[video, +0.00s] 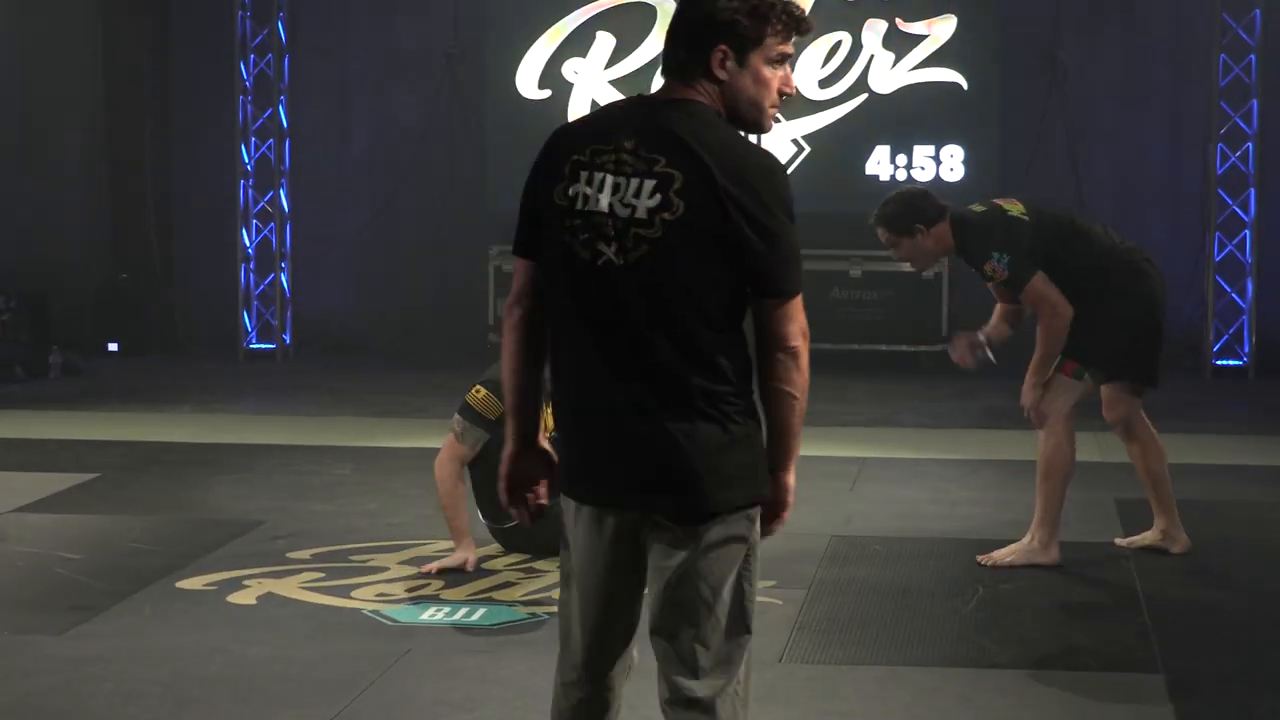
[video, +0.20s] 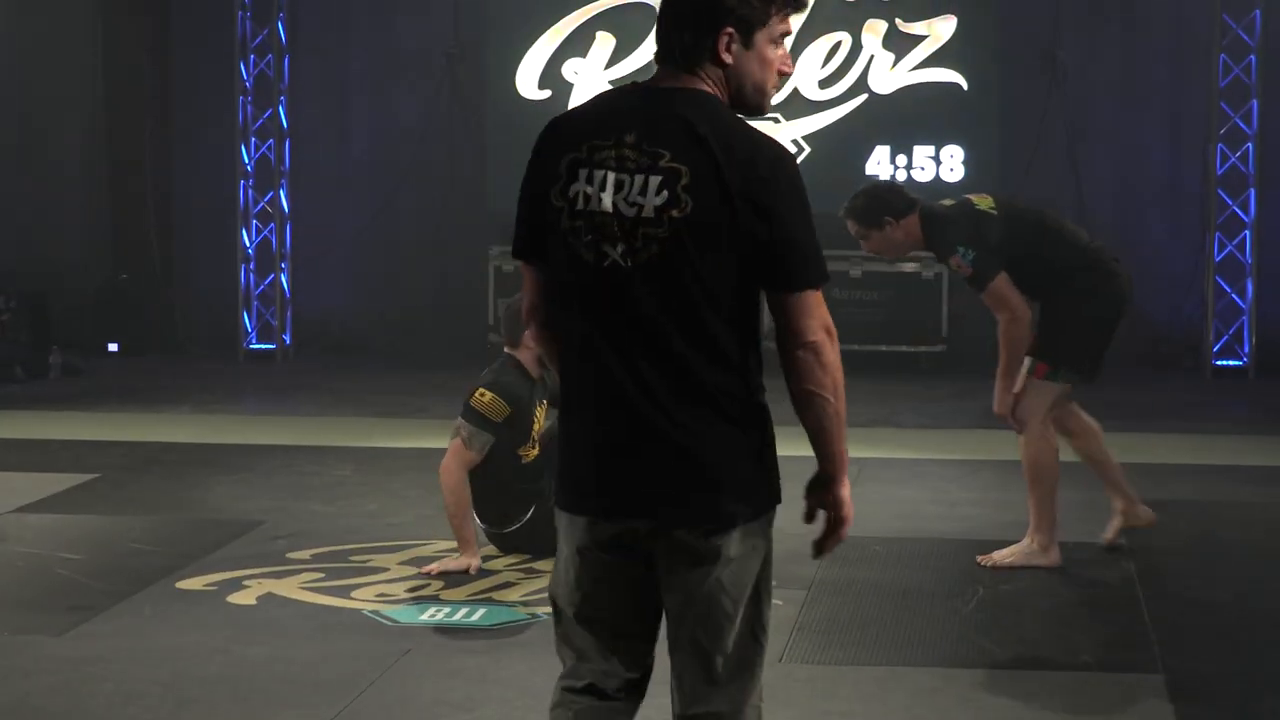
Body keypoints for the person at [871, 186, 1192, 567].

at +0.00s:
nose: (899, 258)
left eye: (897, 247)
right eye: (893, 250)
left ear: (924, 232)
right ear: (924, 230)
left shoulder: (985, 240)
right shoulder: (976, 230)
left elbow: (1056, 311)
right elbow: (1011, 307)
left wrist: (1034, 381)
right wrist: (983, 338)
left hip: (1110, 298)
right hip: (1134, 288)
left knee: (1053, 407)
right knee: (1122, 409)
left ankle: (1041, 541)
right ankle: (1169, 527)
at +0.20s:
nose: (865, 249)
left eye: (864, 238)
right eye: (860, 241)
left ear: (893, 224)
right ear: (896, 218)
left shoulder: (951, 232)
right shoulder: (948, 221)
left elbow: (1015, 312)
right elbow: (1007, 306)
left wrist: (1004, 389)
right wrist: (1014, 378)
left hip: (1084, 292)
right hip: (1090, 286)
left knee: (1031, 412)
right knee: (1053, 405)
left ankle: (1041, 542)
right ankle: (1128, 505)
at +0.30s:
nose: (848, 244)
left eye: (847, 234)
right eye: (842, 236)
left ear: (874, 220)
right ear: (878, 215)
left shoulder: (934, 235)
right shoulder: (929, 219)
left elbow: (988, 313)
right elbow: (988, 305)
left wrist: (984, 389)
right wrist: (984, 371)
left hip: (1067, 291)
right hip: (1055, 288)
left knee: (1017, 411)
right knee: (1007, 399)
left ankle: (1041, 543)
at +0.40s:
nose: (828, 243)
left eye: (827, 232)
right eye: (823, 235)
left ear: (854, 217)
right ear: (858, 214)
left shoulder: (910, 234)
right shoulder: (907, 219)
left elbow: (959, 314)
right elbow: (954, 308)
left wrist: (954, 393)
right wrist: (942, 367)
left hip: (1045, 294)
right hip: (1010, 295)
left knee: (997, 415)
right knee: (968, 401)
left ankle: (1040, 541)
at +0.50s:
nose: (808, 251)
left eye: (805, 240)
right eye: (802, 243)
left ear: (829, 224)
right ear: (834, 220)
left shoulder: (886, 230)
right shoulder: (882, 221)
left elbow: (934, 311)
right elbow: (925, 312)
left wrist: (915, 392)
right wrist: (909, 384)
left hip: (1017, 301)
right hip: (981, 302)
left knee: (966, 422)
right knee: (928, 399)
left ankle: (1034, 532)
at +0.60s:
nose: (790, 272)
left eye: (786, 262)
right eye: (784, 265)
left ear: (804, 245)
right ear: (807, 243)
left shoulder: (861, 246)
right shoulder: (852, 257)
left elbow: (922, 314)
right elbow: (883, 343)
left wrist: (888, 394)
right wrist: (875, 416)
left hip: (992, 312)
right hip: (957, 314)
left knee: (913, 409)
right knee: (891, 408)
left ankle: (980, 509)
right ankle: (875, 526)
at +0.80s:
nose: (747, 347)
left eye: (747, 337)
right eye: (742, 342)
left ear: (771, 320)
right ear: (772, 318)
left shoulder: (818, 328)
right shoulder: (798, 344)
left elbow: (898, 345)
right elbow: (778, 418)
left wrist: (920, 420)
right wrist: (741, 456)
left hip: (951, 382)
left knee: (832, 418)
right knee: (831, 408)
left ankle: (831, 542)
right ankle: (864, 528)